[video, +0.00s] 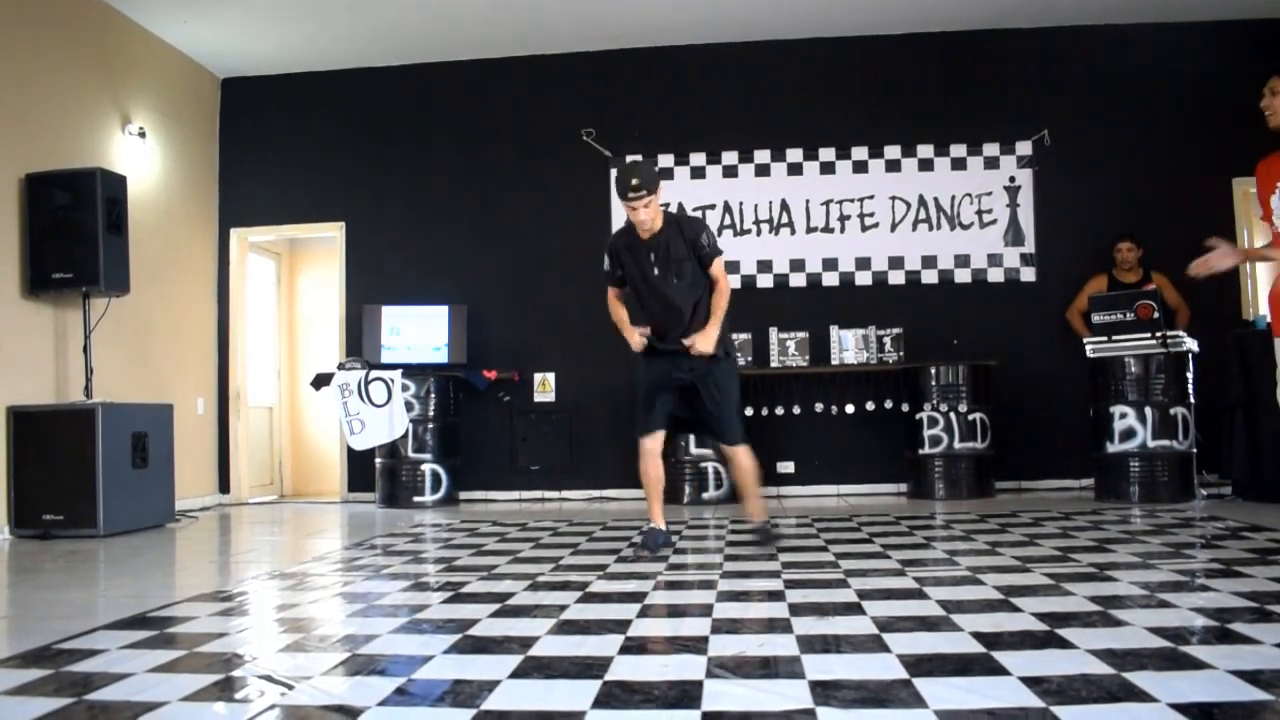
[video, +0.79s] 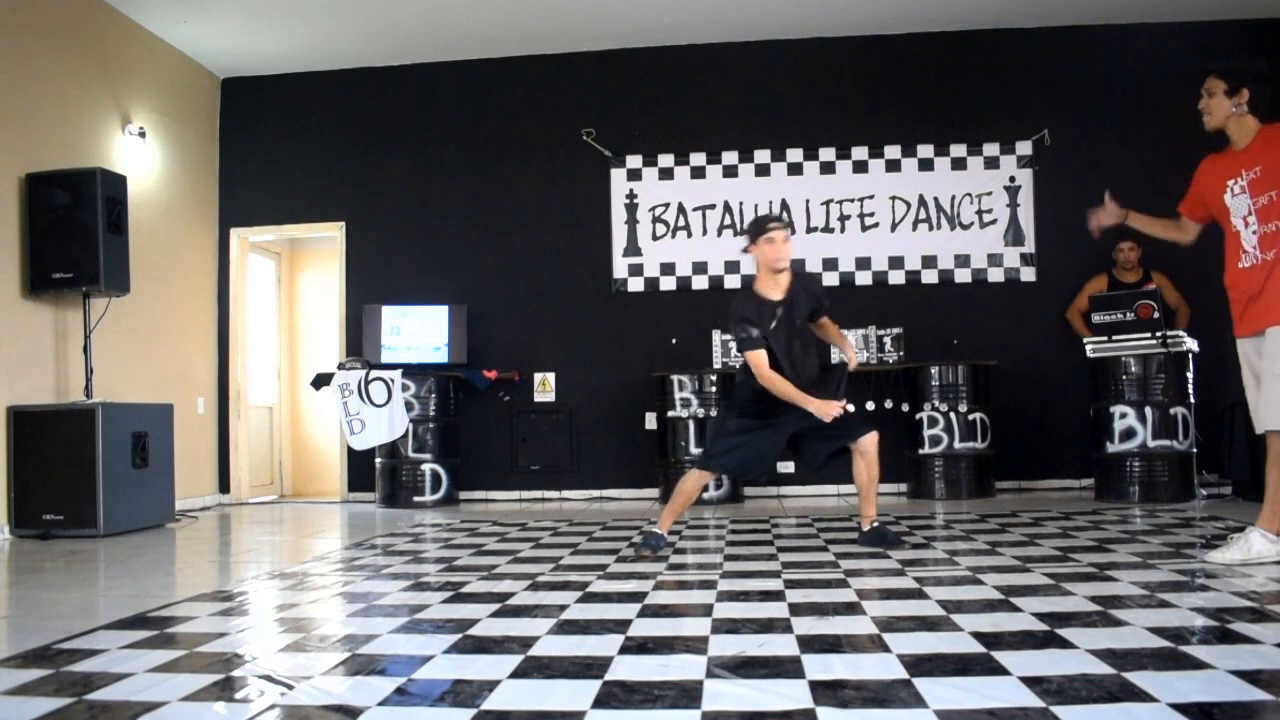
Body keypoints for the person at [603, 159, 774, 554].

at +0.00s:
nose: (640, 214)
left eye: (646, 205)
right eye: (632, 207)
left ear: (660, 195)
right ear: (622, 205)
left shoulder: (691, 230)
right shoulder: (619, 246)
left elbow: (722, 282)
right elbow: (615, 295)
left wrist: (712, 330)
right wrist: (627, 329)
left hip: (707, 351)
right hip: (658, 355)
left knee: (731, 441)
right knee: (649, 440)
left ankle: (759, 521)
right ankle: (657, 527)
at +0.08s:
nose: (640, 224)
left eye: (645, 215)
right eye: (632, 217)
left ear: (658, 213)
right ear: (623, 221)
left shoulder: (691, 245)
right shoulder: (626, 268)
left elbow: (726, 296)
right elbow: (628, 330)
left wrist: (729, 349)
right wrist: (639, 376)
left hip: (716, 367)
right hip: (666, 378)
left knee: (766, 441)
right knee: (653, 451)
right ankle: (658, 530)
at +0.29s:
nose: (675, 235)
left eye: (680, 228)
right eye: (665, 230)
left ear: (689, 233)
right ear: (650, 239)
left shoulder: (722, 262)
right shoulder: (658, 297)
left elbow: (758, 315)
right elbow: (670, 362)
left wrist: (774, 371)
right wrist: (684, 347)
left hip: (761, 379)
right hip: (711, 389)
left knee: (816, 447)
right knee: (682, 460)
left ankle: (862, 522)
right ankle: (662, 532)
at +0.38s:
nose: (698, 241)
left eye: (703, 233)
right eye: (688, 235)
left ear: (712, 238)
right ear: (672, 244)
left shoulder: (740, 270)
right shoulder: (680, 307)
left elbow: (773, 324)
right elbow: (709, 365)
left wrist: (775, 381)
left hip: (772, 379)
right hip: (725, 391)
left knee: (831, 442)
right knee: (691, 460)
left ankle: (864, 523)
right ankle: (663, 531)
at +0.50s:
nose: (724, 248)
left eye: (729, 241)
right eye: (714, 243)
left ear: (737, 247)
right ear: (698, 253)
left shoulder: (765, 280)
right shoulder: (704, 311)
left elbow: (789, 333)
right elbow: (753, 357)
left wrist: (789, 390)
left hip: (788, 383)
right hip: (739, 392)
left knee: (847, 443)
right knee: (697, 463)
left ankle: (867, 524)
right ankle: (664, 529)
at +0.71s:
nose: (757, 253)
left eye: (762, 245)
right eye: (747, 246)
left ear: (769, 248)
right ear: (729, 253)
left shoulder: (785, 283)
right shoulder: (727, 310)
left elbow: (801, 319)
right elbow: (767, 370)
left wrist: (824, 343)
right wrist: (817, 404)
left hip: (797, 393)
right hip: (747, 400)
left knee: (859, 441)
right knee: (704, 467)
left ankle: (867, 524)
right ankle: (660, 530)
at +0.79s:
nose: (781, 248)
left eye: (785, 241)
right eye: (771, 242)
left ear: (791, 246)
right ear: (752, 251)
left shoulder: (805, 286)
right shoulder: (744, 307)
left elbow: (820, 322)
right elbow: (763, 374)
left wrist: (844, 343)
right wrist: (812, 404)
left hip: (812, 401)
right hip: (757, 407)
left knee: (866, 439)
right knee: (707, 465)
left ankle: (869, 525)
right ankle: (659, 530)